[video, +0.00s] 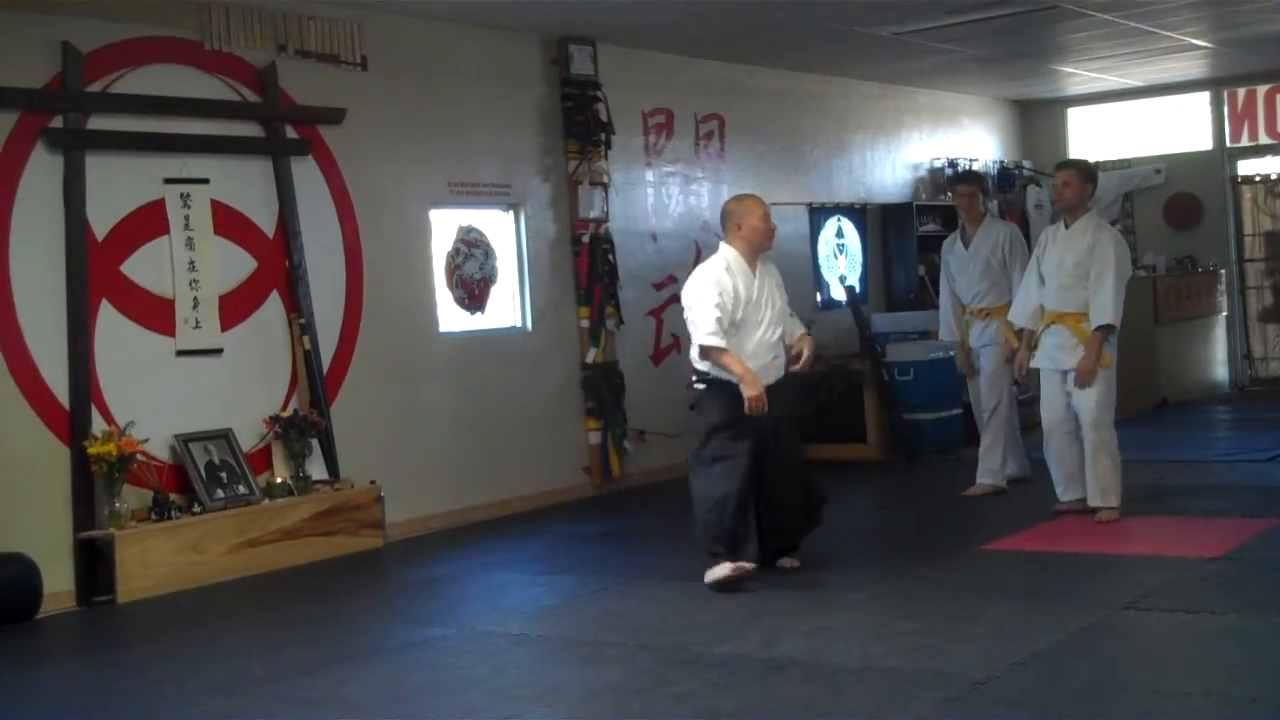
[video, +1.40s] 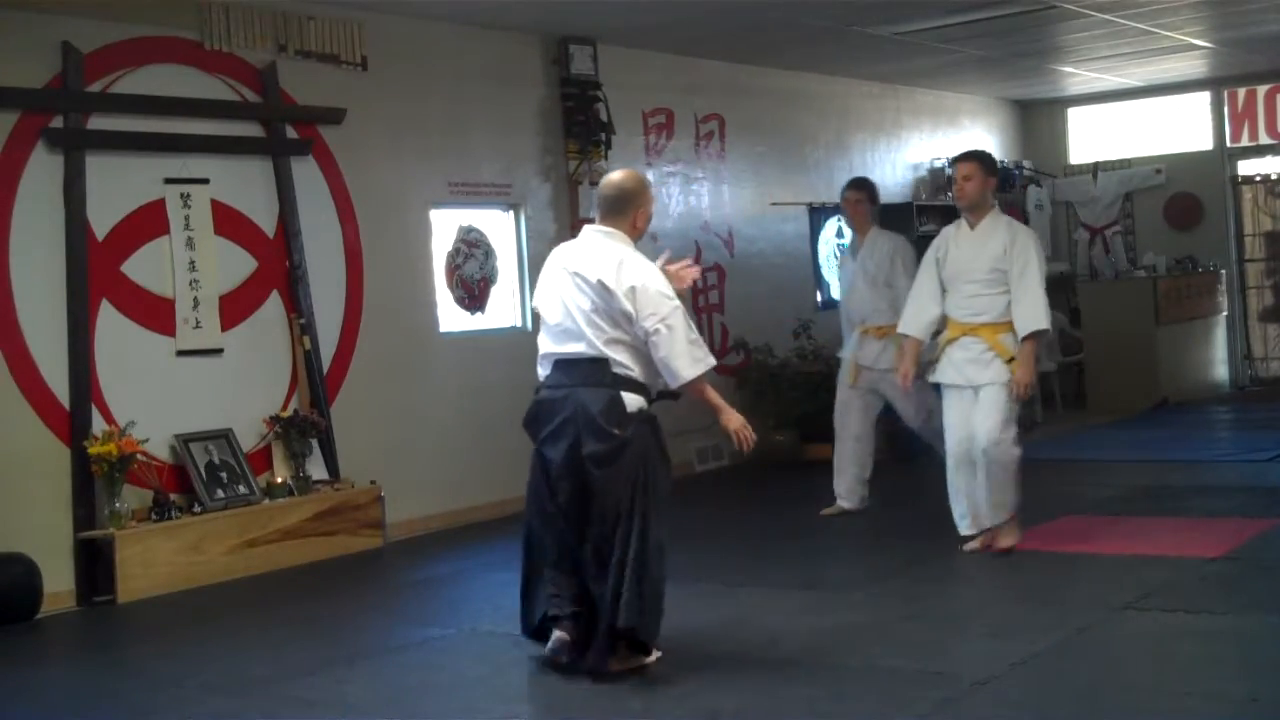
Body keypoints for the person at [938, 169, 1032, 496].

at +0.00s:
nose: (966, 202)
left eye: (972, 195)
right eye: (960, 197)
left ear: (983, 197)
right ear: (953, 201)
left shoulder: (1006, 233)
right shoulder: (950, 245)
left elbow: (1022, 286)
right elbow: (950, 297)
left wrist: (1020, 334)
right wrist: (960, 344)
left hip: (999, 322)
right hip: (969, 324)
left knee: (992, 399)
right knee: (985, 401)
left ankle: (990, 476)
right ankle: (1015, 464)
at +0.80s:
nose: (952, 206)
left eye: (959, 200)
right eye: (946, 200)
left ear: (971, 203)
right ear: (939, 206)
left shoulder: (989, 242)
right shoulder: (933, 249)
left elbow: (999, 295)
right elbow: (928, 302)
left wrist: (990, 344)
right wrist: (929, 351)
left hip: (979, 334)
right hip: (948, 335)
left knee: (964, 408)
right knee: (938, 408)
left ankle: (986, 480)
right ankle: (997, 451)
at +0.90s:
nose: (945, 207)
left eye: (952, 200)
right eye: (939, 200)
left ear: (966, 205)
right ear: (932, 206)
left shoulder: (984, 244)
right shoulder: (927, 250)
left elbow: (991, 298)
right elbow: (922, 304)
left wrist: (983, 347)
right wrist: (919, 350)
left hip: (971, 335)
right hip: (939, 335)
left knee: (962, 409)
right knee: (920, 406)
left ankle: (984, 478)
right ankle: (956, 468)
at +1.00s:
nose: (932, 203)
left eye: (939, 197)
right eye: (927, 197)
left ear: (953, 202)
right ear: (921, 203)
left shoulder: (972, 241)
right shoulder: (916, 246)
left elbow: (981, 295)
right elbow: (911, 299)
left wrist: (976, 343)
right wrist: (911, 345)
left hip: (961, 332)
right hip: (927, 332)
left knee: (963, 409)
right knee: (908, 406)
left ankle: (983, 479)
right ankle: (921, 479)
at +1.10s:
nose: (916, 202)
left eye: (923, 196)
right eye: (911, 197)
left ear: (938, 200)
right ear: (906, 202)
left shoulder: (957, 238)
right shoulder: (902, 246)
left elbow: (970, 293)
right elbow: (898, 300)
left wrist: (968, 343)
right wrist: (897, 346)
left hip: (952, 333)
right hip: (915, 333)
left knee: (965, 411)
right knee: (899, 406)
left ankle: (984, 479)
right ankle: (881, 481)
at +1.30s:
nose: (875, 210)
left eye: (883, 203)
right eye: (871, 203)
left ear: (896, 208)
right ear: (865, 210)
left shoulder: (917, 247)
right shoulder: (866, 256)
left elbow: (939, 296)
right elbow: (867, 310)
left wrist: (928, 332)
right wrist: (868, 355)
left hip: (919, 345)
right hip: (880, 349)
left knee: (950, 416)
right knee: (863, 418)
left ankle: (987, 483)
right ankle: (851, 496)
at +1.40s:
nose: (851, 210)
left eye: (858, 203)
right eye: (846, 204)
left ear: (872, 206)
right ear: (842, 209)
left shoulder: (895, 246)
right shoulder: (847, 257)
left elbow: (913, 298)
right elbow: (849, 310)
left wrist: (911, 343)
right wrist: (850, 351)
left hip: (893, 345)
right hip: (857, 348)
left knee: (922, 416)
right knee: (850, 422)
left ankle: (969, 463)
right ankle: (851, 497)